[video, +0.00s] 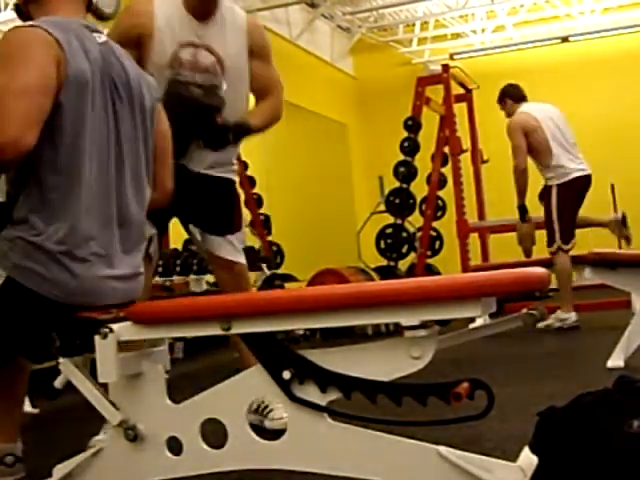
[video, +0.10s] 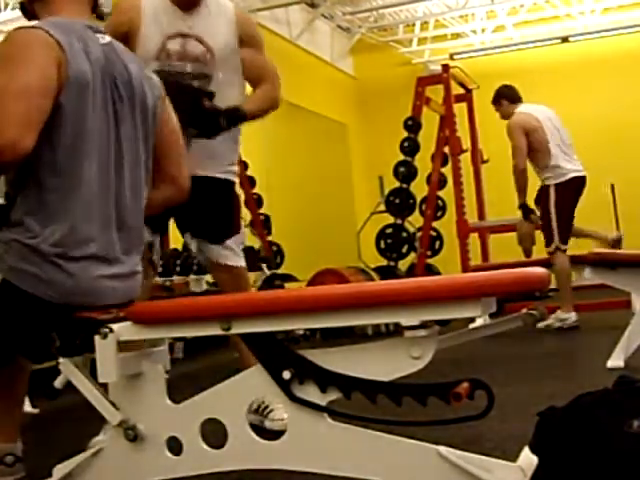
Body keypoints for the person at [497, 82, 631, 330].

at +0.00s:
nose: (503, 113)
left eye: (503, 108)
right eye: (502, 109)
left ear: (508, 102)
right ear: (521, 98)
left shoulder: (516, 121)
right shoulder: (547, 108)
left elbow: (520, 166)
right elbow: (564, 143)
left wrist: (520, 205)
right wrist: (548, 187)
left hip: (560, 182)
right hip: (580, 175)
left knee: (559, 249)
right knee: (558, 219)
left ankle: (567, 309)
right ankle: (609, 222)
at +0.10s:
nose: (498, 114)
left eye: (497, 109)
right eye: (496, 109)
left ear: (504, 103)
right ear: (515, 99)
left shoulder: (516, 122)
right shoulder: (541, 110)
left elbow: (520, 166)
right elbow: (559, 146)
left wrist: (523, 204)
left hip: (558, 181)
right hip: (573, 176)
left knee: (557, 249)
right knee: (552, 228)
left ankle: (566, 310)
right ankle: (607, 237)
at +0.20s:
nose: (492, 117)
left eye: (491, 111)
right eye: (490, 112)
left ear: (501, 103)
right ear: (505, 102)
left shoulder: (516, 121)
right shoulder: (532, 113)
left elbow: (522, 164)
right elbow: (547, 158)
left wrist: (522, 203)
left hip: (553, 183)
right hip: (562, 179)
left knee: (554, 250)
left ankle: (566, 309)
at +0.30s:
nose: (490, 119)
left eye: (489, 112)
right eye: (487, 114)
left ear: (499, 105)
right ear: (502, 104)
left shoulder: (516, 121)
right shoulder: (528, 117)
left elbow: (524, 165)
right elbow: (540, 163)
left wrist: (521, 203)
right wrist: (528, 200)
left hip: (550, 185)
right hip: (556, 183)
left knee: (549, 252)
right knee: (548, 251)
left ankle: (565, 309)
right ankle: (554, 306)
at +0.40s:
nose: (489, 124)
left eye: (488, 117)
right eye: (486, 119)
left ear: (498, 109)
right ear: (500, 109)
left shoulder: (517, 125)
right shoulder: (522, 124)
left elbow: (525, 167)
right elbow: (530, 170)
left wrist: (517, 205)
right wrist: (521, 206)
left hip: (546, 190)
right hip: (544, 189)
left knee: (537, 253)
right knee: (529, 247)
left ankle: (565, 309)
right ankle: (534, 304)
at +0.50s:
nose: (489, 126)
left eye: (488, 119)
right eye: (486, 121)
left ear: (500, 112)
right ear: (499, 114)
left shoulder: (518, 128)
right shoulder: (516, 131)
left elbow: (526, 167)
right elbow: (522, 171)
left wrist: (516, 204)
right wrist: (516, 203)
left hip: (545, 193)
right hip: (538, 194)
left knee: (529, 254)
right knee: (525, 254)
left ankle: (559, 304)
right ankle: (536, 306)